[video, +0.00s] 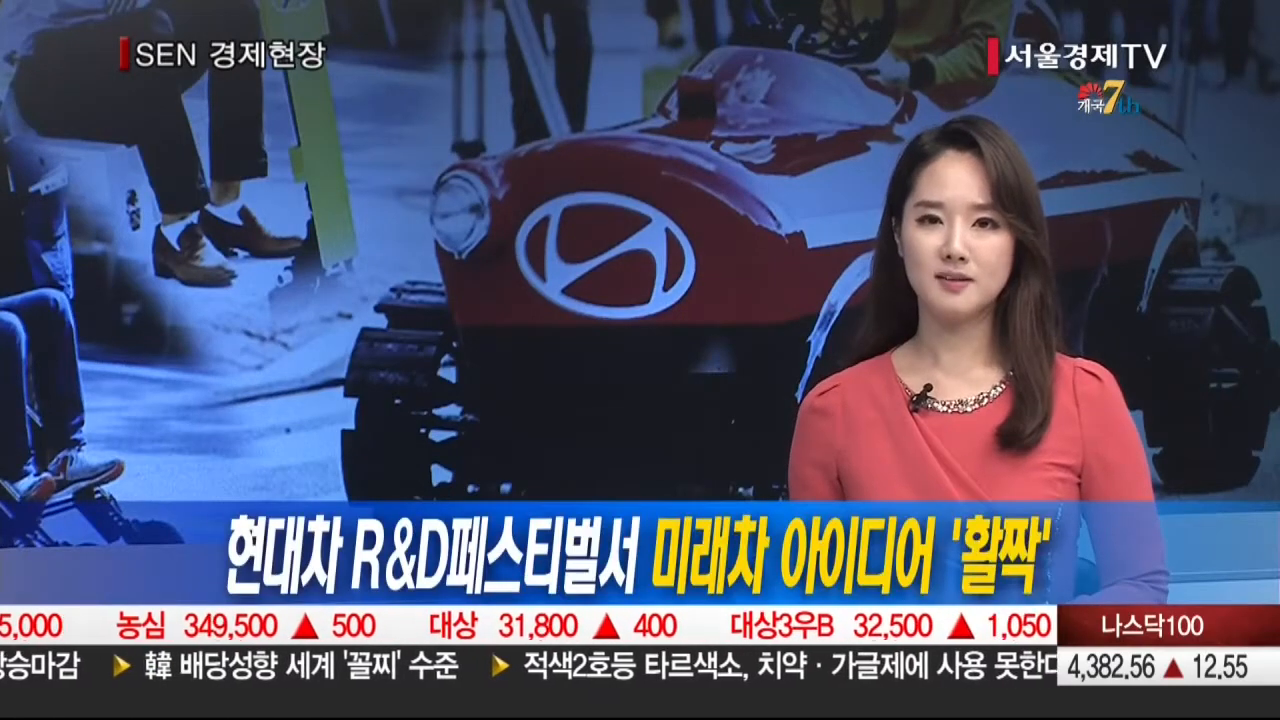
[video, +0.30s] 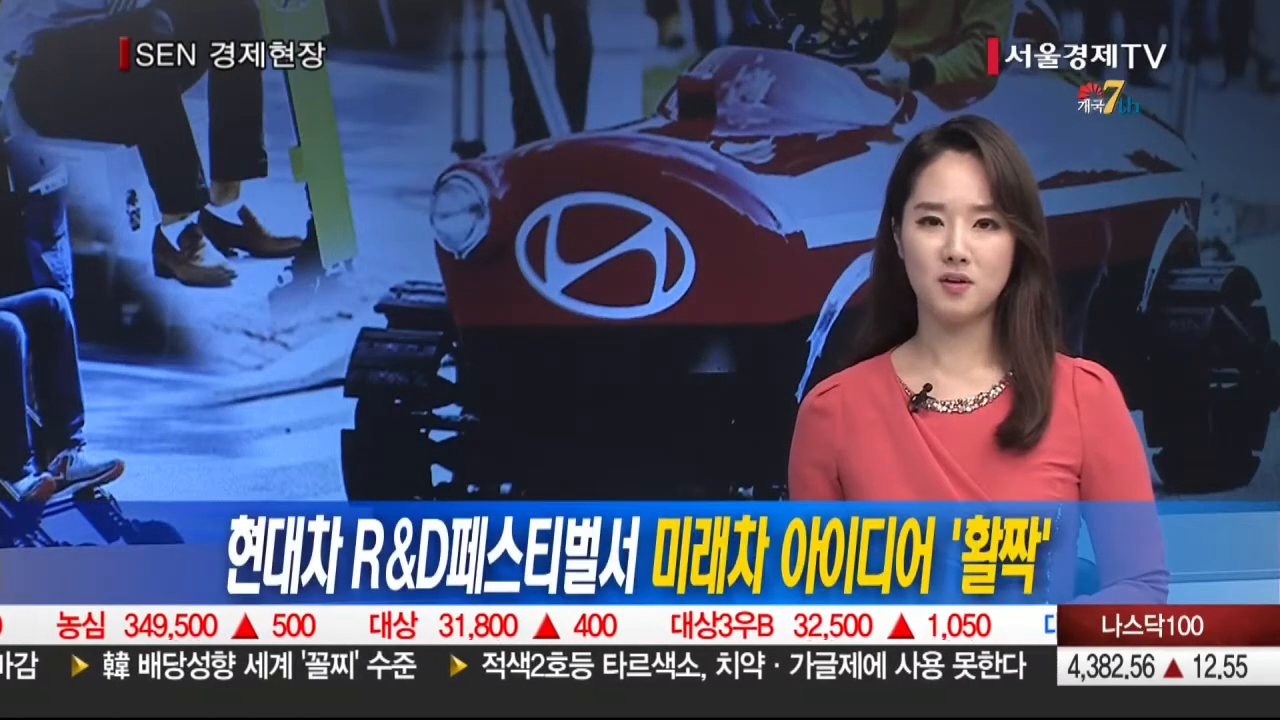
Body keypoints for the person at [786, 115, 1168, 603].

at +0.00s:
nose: (955, 247)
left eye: (985, 222)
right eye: (930, 219)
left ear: (1019, 244)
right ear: (898, 239)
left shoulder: (1086, 398)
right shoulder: (832, 413)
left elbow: (1140, 586)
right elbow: (811, 604)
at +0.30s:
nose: (956, 249)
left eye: (985, 224)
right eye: (931, 221)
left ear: (1019, 245)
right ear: (898, 241)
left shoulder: (1086, 398)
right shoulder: (831, 413)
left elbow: (1140, 586)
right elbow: (811, 604)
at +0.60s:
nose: (961, 258)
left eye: (987, 230)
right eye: (933, 231)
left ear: (1020, 243)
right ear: (898, 244)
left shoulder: (1086, 398)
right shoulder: (832, 413)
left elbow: (1139, 587)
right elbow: (811, 604)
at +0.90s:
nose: (959, 253)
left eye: (986, 225)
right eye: (931, 226)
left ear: (1019, 242)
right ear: (897, 244)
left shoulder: (1085, 398)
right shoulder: (832, 413)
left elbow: (1140, 585)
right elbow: (811, 604)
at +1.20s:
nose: (959, 255)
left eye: (985, 227)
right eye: (931, 228)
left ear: (1019, 242)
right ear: (897, 244)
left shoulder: (1086, 398)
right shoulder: (832, 413)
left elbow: (1139, 585)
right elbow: (813, 604)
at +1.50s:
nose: (959, 256)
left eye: (985, 227)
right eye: (930, 228)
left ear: (1019, 243)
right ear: (897, 244)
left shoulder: (1086, 398)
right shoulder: (832, 414)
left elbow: (1139, 585)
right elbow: (814, 605)